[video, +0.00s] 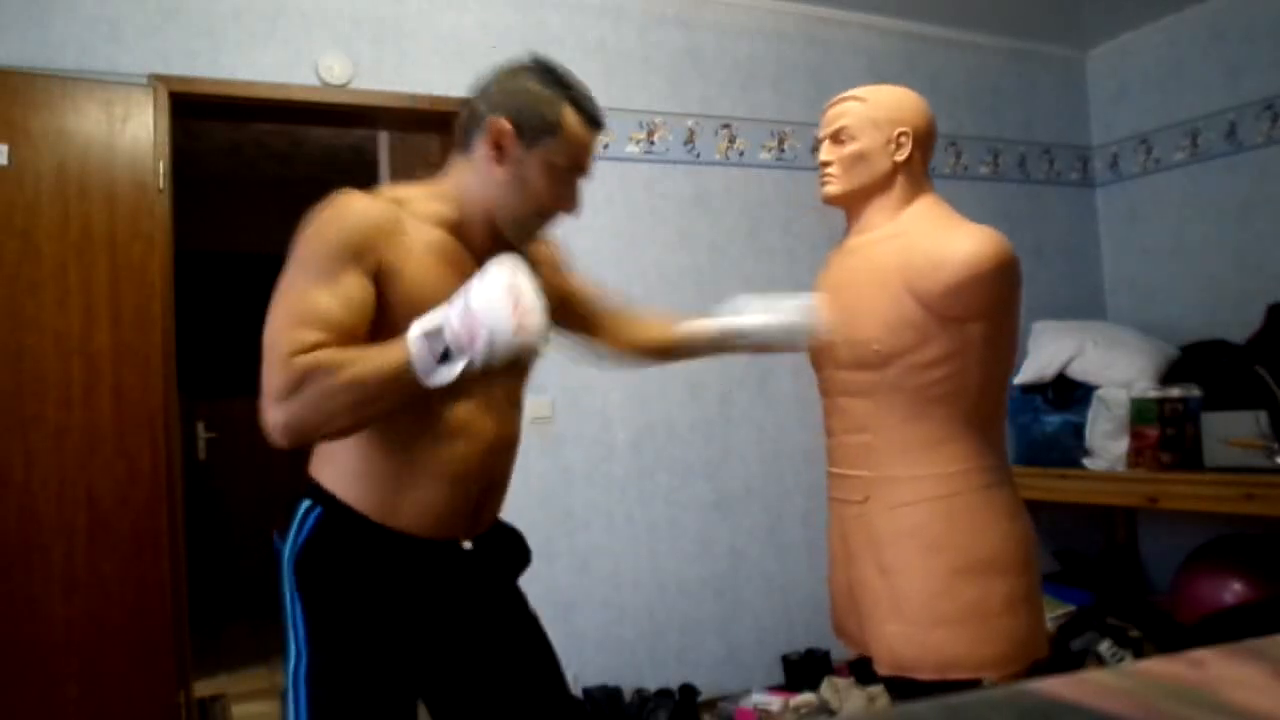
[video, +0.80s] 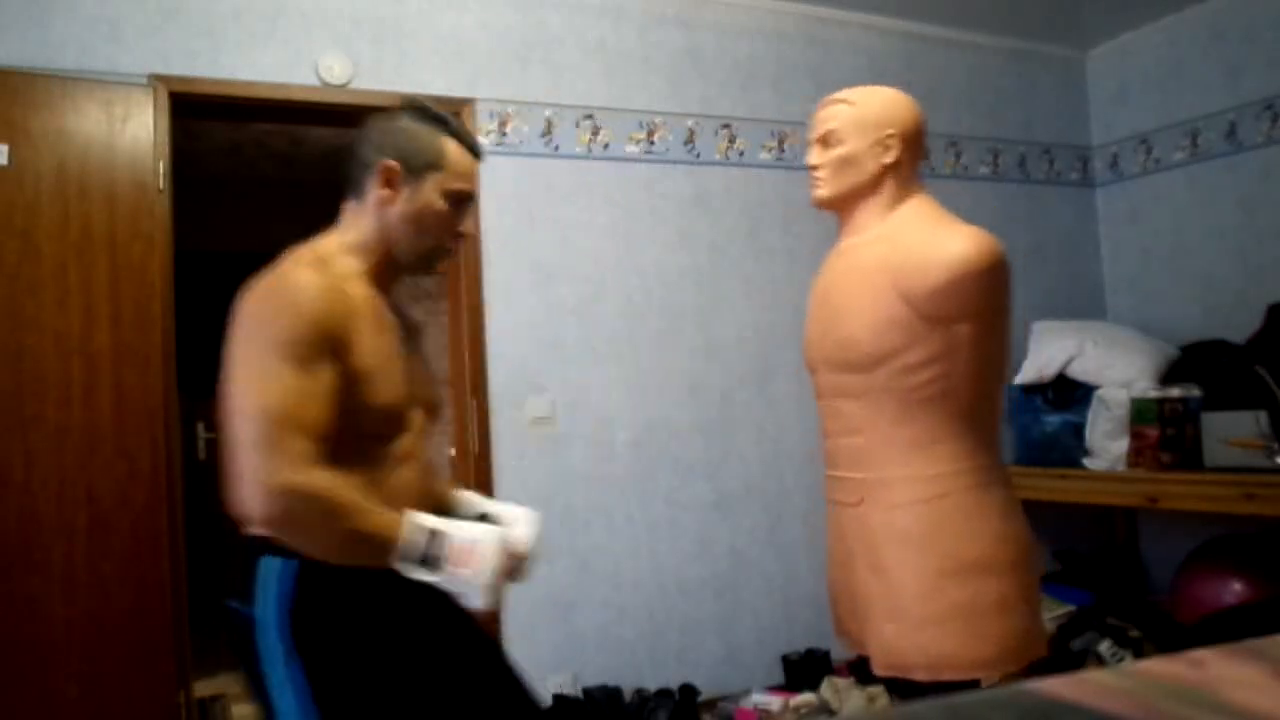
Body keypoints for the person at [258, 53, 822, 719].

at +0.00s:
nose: (571, 199)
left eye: (579, 179)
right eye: (566, 173)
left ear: (504, 150)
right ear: (500, 145)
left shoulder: (522, 261)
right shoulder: (356, 225)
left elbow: (624, 331)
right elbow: (288, 407)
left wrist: (741, 329)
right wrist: (446, 338)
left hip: (468, 574)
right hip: (353, 573)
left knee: (545, 717)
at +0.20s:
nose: (616, 225)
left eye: (622, 203)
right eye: (613, 198)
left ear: (559, 175)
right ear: (561, 173)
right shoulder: (514, 220)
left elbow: (532, 408)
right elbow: (605, 341)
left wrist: (636, 389)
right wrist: (691, 328)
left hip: (470, 543)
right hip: (433, 539)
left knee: (544, 710)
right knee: (412, 709)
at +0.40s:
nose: (594, 222)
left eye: (601, 205)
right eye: (595, 197)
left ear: (540, 164)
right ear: (550, 165)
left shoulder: (443, 236)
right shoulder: (516, 226)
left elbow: (487, 386)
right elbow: (588, 387)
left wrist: (600, 388)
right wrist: (677, 409)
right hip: (460, 525)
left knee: (533, 708)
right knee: (464, 710)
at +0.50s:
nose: (576, 212)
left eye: (582, 193)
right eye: (575, 185)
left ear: (524, 160)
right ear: (527, 158)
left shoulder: (445, 220)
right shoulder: (475, 222)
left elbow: (445, 387)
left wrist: (537, 389)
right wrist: (590, 433)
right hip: (438, 522)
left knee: (521, 706)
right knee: (474, 708)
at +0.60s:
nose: (544, 206)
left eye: (549, 186)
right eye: (539, 179)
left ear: (485, 159)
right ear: (485, 156)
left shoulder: (449, 237)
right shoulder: (418, 228)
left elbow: (447, 391)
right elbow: (410, 403)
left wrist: (528, 408)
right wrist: (531, 438)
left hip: (445, 525)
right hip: (408, 528)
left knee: (519, 708)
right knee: (452, 713)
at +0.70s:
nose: (503, 220)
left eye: (506, 199)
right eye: (495, 194)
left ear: (437, 178)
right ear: (434, 174)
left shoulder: (415, 270)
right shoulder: (357, 264)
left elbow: (423, 434)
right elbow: (352, 450)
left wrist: (503, 477)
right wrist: (484, 494)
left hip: (430, 557)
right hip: (373, 562)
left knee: (530, 707)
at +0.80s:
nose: (465, 226)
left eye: (468, 206)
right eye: (455, 201)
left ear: (393, 187)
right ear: (389, 184)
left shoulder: (380, 304)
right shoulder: (295, 294)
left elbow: (391, 467)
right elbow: (270, 490)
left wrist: (471, 511)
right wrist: (431, 545)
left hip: (397, 595)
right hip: (325, 604)